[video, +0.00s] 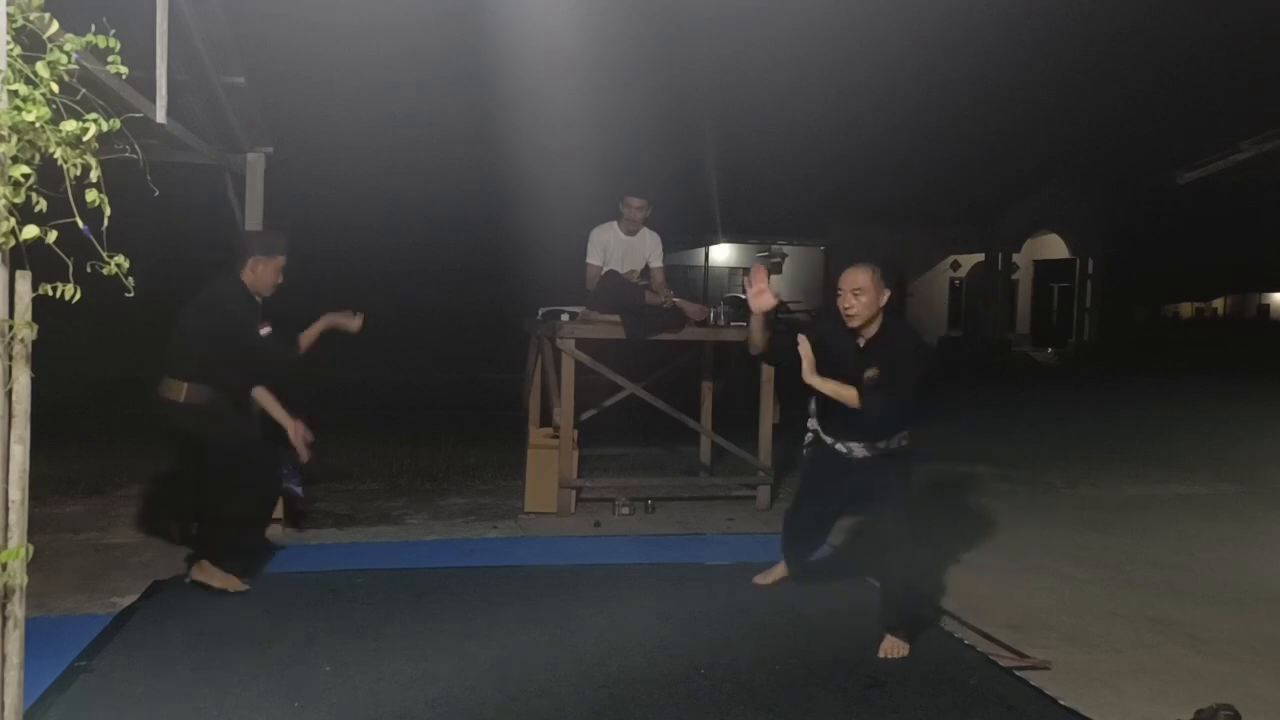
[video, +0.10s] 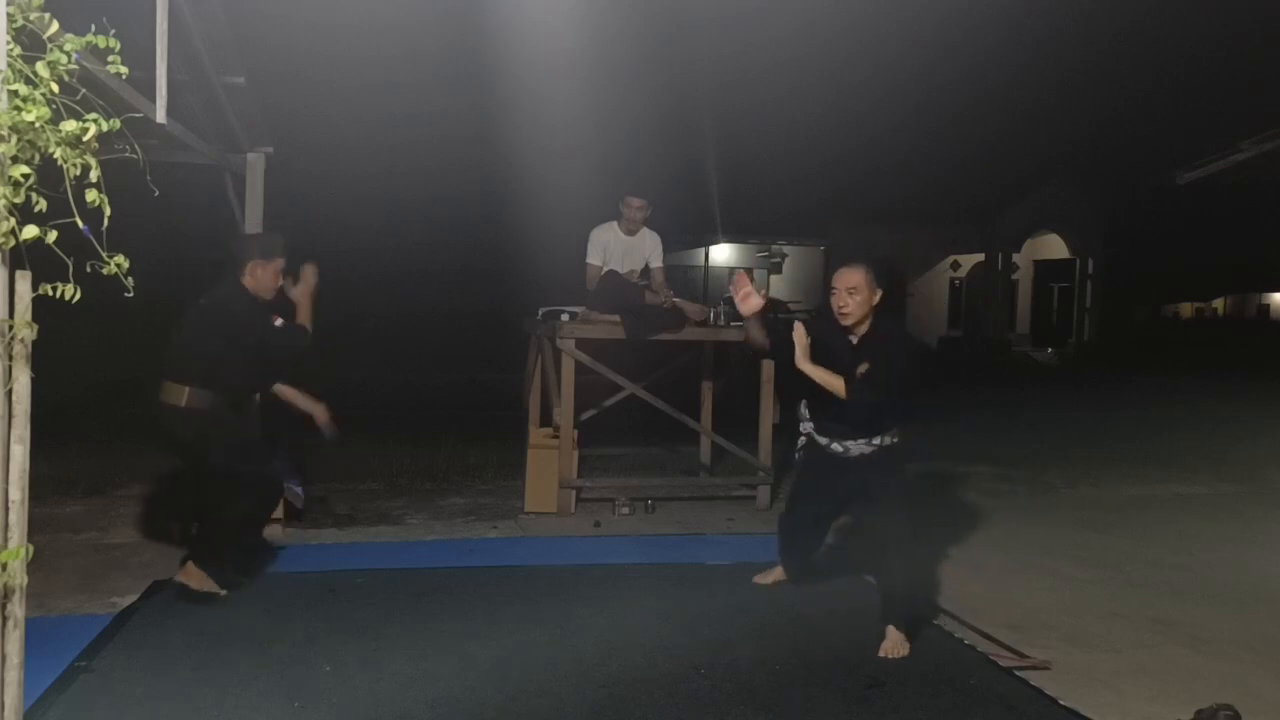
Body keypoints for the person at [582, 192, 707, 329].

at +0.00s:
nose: (633, 214)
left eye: (639, 209)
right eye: (628, 208)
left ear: (648, 212)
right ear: (621, 207)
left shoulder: (652, 239)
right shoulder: (601, 234)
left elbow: (659, 282)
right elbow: (591, 283)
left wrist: (665, 295)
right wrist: (621, 280)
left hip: (636, 300)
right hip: (602, 299)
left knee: (674, 317)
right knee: (610, 278)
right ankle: (680, 305)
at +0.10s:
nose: (632, 214)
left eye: (639, 209)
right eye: (628, 208)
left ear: (648, 212)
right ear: (621, 207)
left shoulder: (652, 240)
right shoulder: (600, 234)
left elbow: (658, 282)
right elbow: (591, 283)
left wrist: (665, 294)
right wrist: (621, 280)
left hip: (636, 299)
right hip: (602, 299)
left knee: (674, 317)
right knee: (610, 278)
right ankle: (680, 305)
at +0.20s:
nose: (632, 215)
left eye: (639, 210)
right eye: (628, 208)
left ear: (648, 212)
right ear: (621, 207)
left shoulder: (652, 240)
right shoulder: (600, 234)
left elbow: (658, 282)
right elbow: (591, 283)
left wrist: (664, 294)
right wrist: (621, 279)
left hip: (636, 299)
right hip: (602, 299)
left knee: (674, 317)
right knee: (610, 278)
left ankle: (606, 316)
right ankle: (679, 305)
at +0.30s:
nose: (632, 215)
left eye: (639, 209)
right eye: (628, 208)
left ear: (648, 212)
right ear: (621, 207)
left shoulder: (652, 240)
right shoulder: (600, 234)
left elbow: (658, 282)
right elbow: (591, 283)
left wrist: (665, 294)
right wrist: (621, 280)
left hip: (636, 299)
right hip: (602, 299)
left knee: (674, 317)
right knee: (610, 278)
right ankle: (679, 306)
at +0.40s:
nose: (632, 214)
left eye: (639, 209)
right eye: (628, 208)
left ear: (648, 212)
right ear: (621, 207)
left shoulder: (652, 239)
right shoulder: (600, 234)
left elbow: (658, 282)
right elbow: (591, 283)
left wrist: (664, 293)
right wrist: (621, 280)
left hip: (635, 300)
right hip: (602, 299)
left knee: (675, 317)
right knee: (610, 278)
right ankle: (680, 306)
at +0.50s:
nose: (635, 215)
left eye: (641, 210)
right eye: (630, 209)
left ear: (647, 213)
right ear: (621, 208)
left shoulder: (653, 239)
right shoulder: (601, 234)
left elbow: (659, 282)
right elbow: (591, 283)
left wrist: (664, 293)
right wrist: (622, 280)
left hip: (636, 300)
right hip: (603, 299)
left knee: (674, 317)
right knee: (611, 279)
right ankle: (679, 306)